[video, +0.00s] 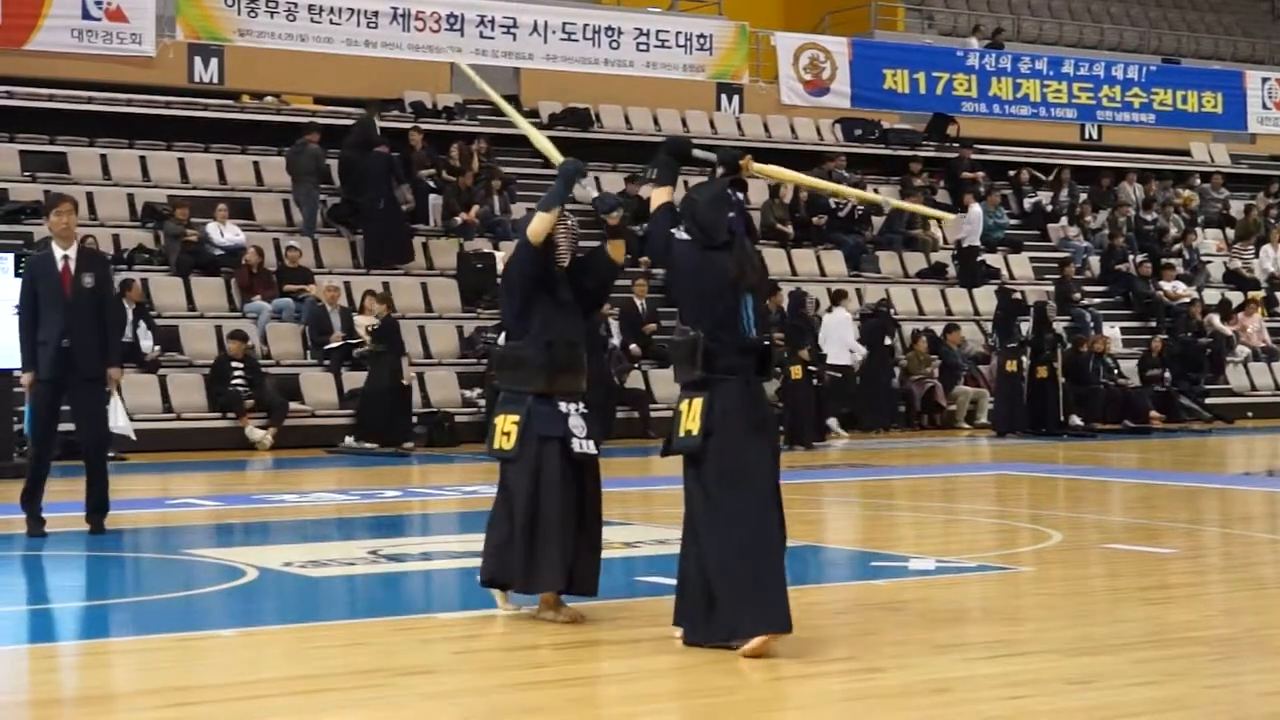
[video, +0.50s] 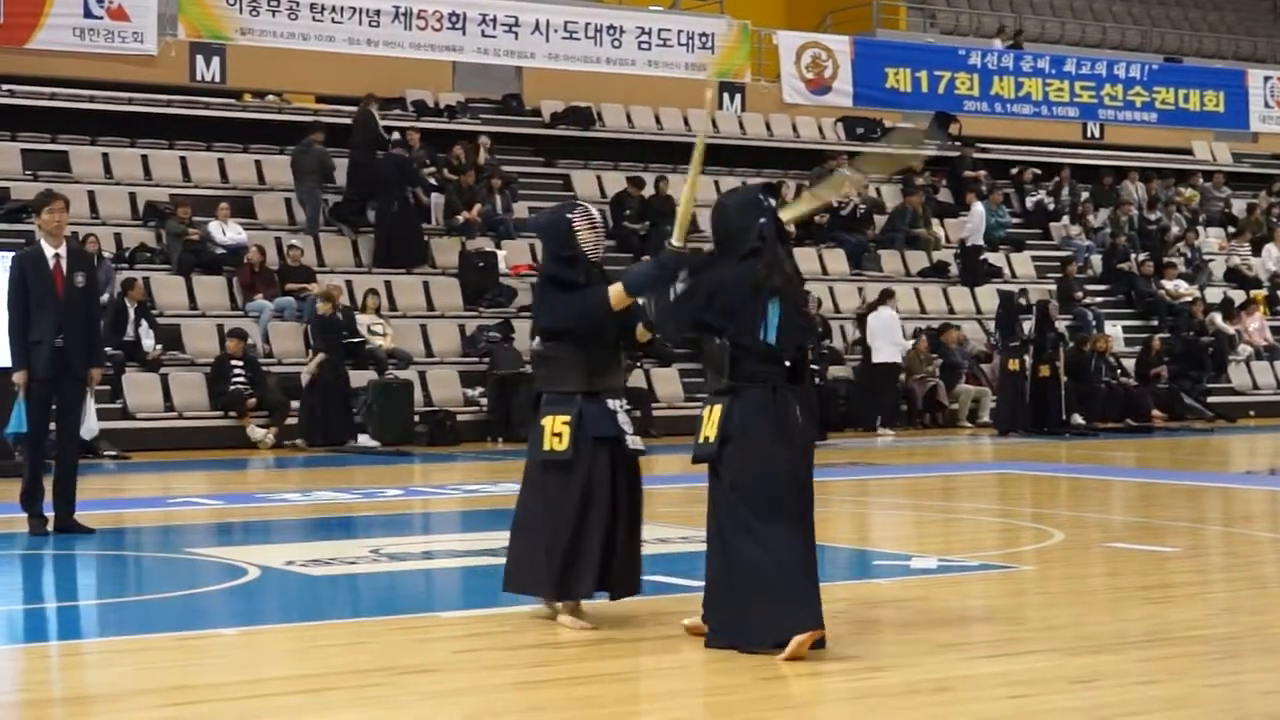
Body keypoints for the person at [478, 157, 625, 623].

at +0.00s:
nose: (565, 238)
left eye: (569, 231)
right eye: (556, 230)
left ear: (575, 239)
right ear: (538, 238)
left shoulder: (580, 280)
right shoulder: (522, 278)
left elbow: (612, 261)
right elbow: (532, 238)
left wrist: (615, 227)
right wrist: (559, 189)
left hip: (573, 400)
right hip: (529, 398)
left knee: (565, 495)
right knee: (529, 489)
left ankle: (552, 596)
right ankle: (499, 568)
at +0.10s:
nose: (563, 246)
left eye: (567, 239)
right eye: (554, 240)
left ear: (570, 244)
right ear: (532, 247)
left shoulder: (578, 284)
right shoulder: (519, 286)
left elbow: (606, 295)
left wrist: (608, 258)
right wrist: (559, 227)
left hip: (570, 399)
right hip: (526, 398)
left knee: (565, 495)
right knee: (522, 491)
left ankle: (553, 594)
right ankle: (496, 573)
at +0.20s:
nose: (567, 248)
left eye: (568, 241)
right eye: (559, 241)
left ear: (567, 248)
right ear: (539, 248)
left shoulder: (576, 292)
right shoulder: (517, 294)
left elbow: (611, 315)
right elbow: (547, 296)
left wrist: (609, 287)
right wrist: (584, 254)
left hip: (572, 402)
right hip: (532, 403)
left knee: (569, 497)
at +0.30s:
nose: (575, 244)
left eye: (574, 237)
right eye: (568, 239)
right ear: (548, 246)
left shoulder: (578, 289)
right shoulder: (522, 299)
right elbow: (554, 320)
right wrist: (601, 281)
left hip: (580, 407)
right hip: (546, 409)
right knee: (565, 503)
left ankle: (510, 580)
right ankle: (569, 601)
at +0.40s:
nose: (586, 243)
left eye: (585, 236)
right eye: (577, 236)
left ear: (579, 244)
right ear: (555, 244)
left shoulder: (590, 290)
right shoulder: (539, 298)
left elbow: (618, 343)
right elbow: (589, 302)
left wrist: (637, 329)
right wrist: (641, 265)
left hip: (588, 407)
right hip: (551, 408)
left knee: (585, 502)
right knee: (543, 499)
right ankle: (518, 584)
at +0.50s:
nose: (599, 238)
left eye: (597, 231)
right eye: (590, 231)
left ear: (579, 239)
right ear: (570, 240)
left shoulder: (595, 284)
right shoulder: (555, 291)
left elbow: (626, 333)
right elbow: (601, 304)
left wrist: (648, 328)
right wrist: (655, 269)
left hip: (597, 400)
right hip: (569, 404)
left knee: (582, 495)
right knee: (574, 497)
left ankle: (558, 590)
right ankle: (564, 598)